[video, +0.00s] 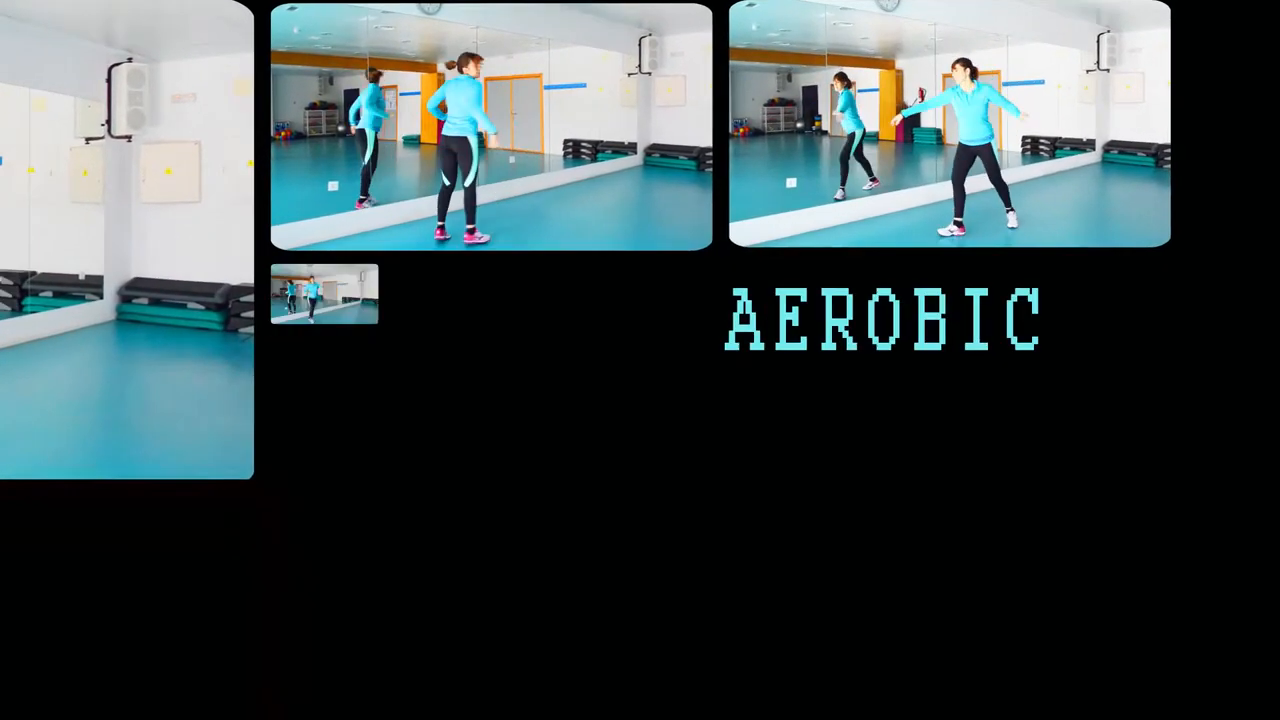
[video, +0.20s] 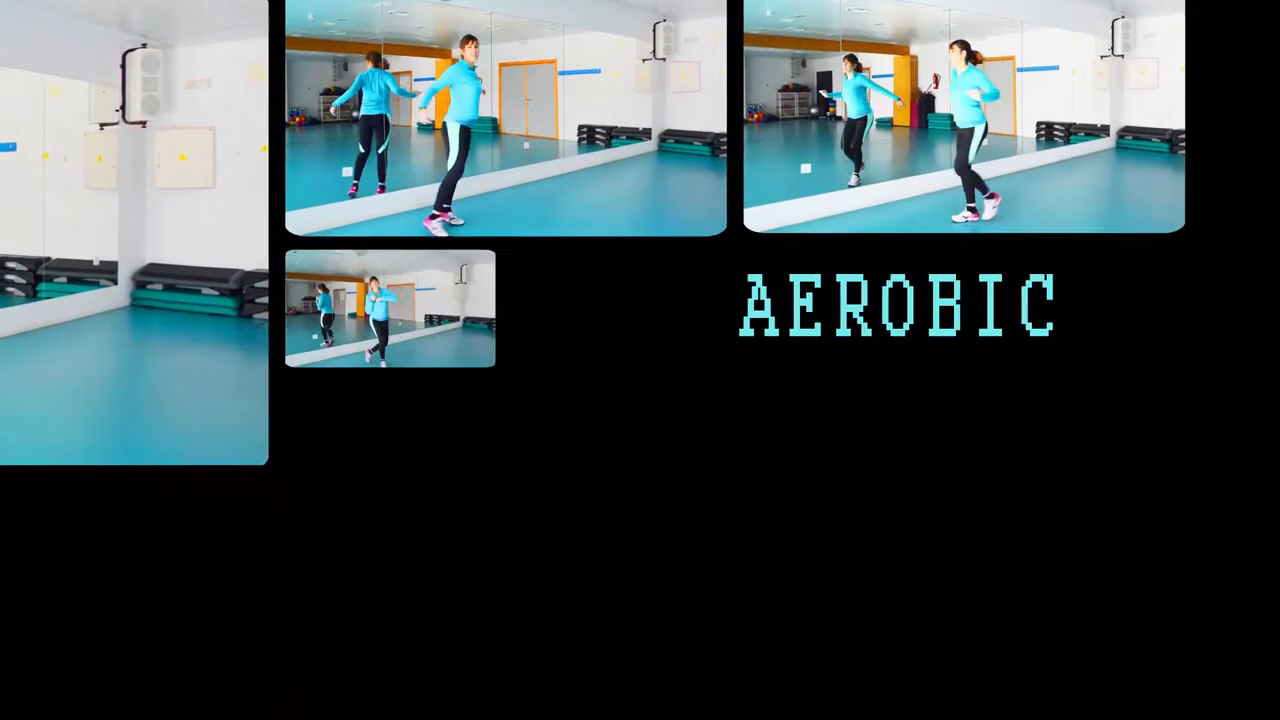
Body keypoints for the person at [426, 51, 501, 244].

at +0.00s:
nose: (479, 68)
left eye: (479, 65)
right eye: (477, 65)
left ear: (462, 68)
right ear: (465, 67)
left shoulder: (449, 84)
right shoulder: (474, 85)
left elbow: (431, 106)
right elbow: (474, 109)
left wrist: (446, 118)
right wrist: (491, 130)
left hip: (447, 137)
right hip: (465, 138)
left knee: (447, 183)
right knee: (469, 184)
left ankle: (440, 228)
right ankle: (471, 231)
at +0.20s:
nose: (475, 51)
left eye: (476, 47)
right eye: (471, 47)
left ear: (477, 51)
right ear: (462, 51)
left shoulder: (471, 72)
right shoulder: (455, 70)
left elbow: (469, 87)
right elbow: (433, 88)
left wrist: (479, 89)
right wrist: (422, 107)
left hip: (465, 124)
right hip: (454, 123)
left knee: (457, 168)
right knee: (455, 168)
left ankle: (445, 209)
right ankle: (434, 216)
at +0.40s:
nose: (469, 40)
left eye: (472, 37)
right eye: (465, 37)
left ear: (476, 40)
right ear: (458, 39)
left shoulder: (480, 63)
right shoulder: (448, 61)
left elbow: (494, 79)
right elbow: (430, 82)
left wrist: (515, 71)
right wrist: (416, 87)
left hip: (470, 120)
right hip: (449, 120)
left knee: (465, 163)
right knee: (446, 164)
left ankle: (459, 199)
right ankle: (433, 210)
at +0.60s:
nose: (468, 30)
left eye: (471, 26)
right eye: (464, 26)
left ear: (476, 30)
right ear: (458, 29)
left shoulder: (482, 51)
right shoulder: (447, 50)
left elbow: (508, 68)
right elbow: (434, 80)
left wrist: (491, 53)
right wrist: (447, 61)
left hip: (474, 109)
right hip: (450, 109)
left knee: (485, 151)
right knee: (452, 155)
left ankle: (473, 185)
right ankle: (447, 199)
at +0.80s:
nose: (468, 32)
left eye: (472, 29)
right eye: (464, 28)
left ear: (476, 32)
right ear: (458, 31)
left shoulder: (485, 48)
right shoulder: (451, 54)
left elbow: (507, 66)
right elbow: (449, 87)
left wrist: (478, 52)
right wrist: (463, 64)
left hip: (484, 107)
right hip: (460, 107)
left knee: (485, 150)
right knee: (463, 151)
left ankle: (478, 192)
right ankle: (463, 191)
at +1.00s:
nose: (471, 32)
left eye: (475, 29)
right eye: (468, 28)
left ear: (479, 32)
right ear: (461, 30)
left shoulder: (487, 46)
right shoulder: (454, 52)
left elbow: (517, 59)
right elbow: (448, 82)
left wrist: (496, 69)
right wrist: (454, 78)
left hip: (497, 99)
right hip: (473, 101)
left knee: (515, 139)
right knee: (477, 144)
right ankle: (473, 185)